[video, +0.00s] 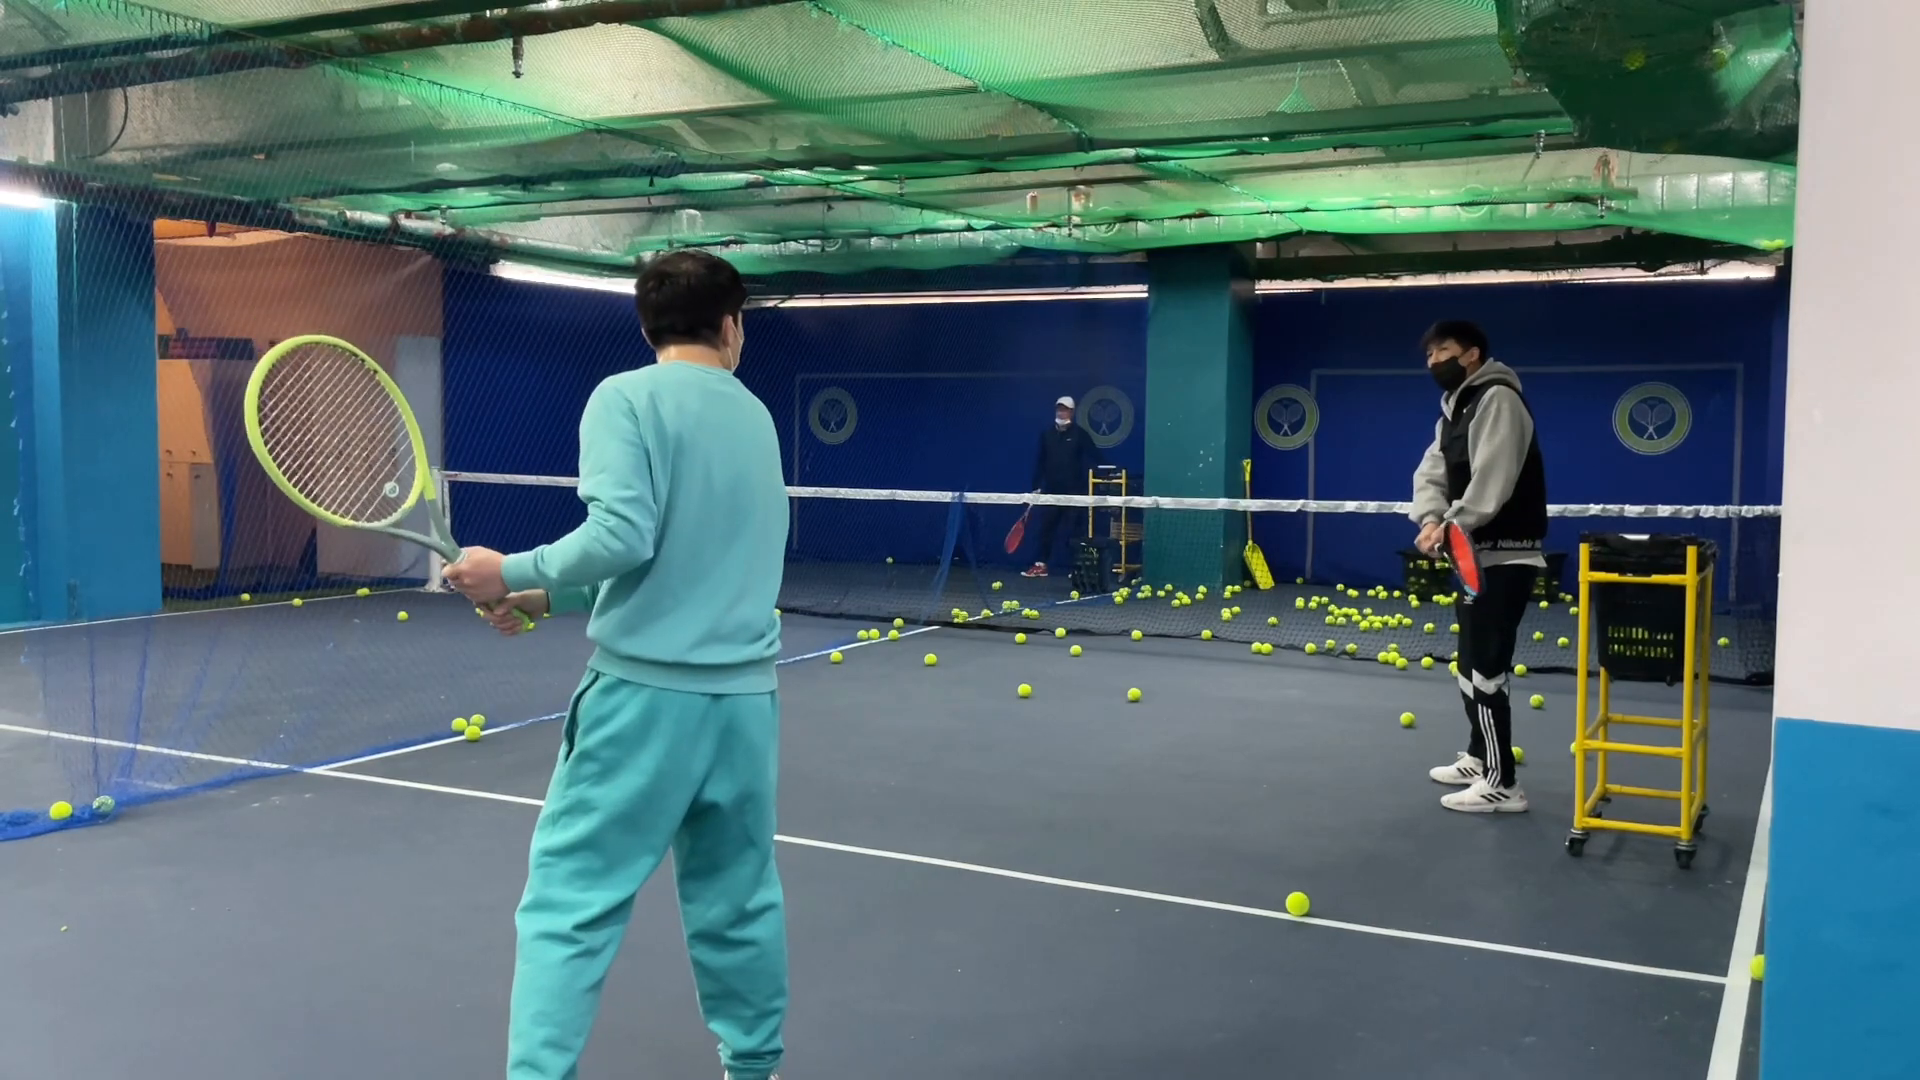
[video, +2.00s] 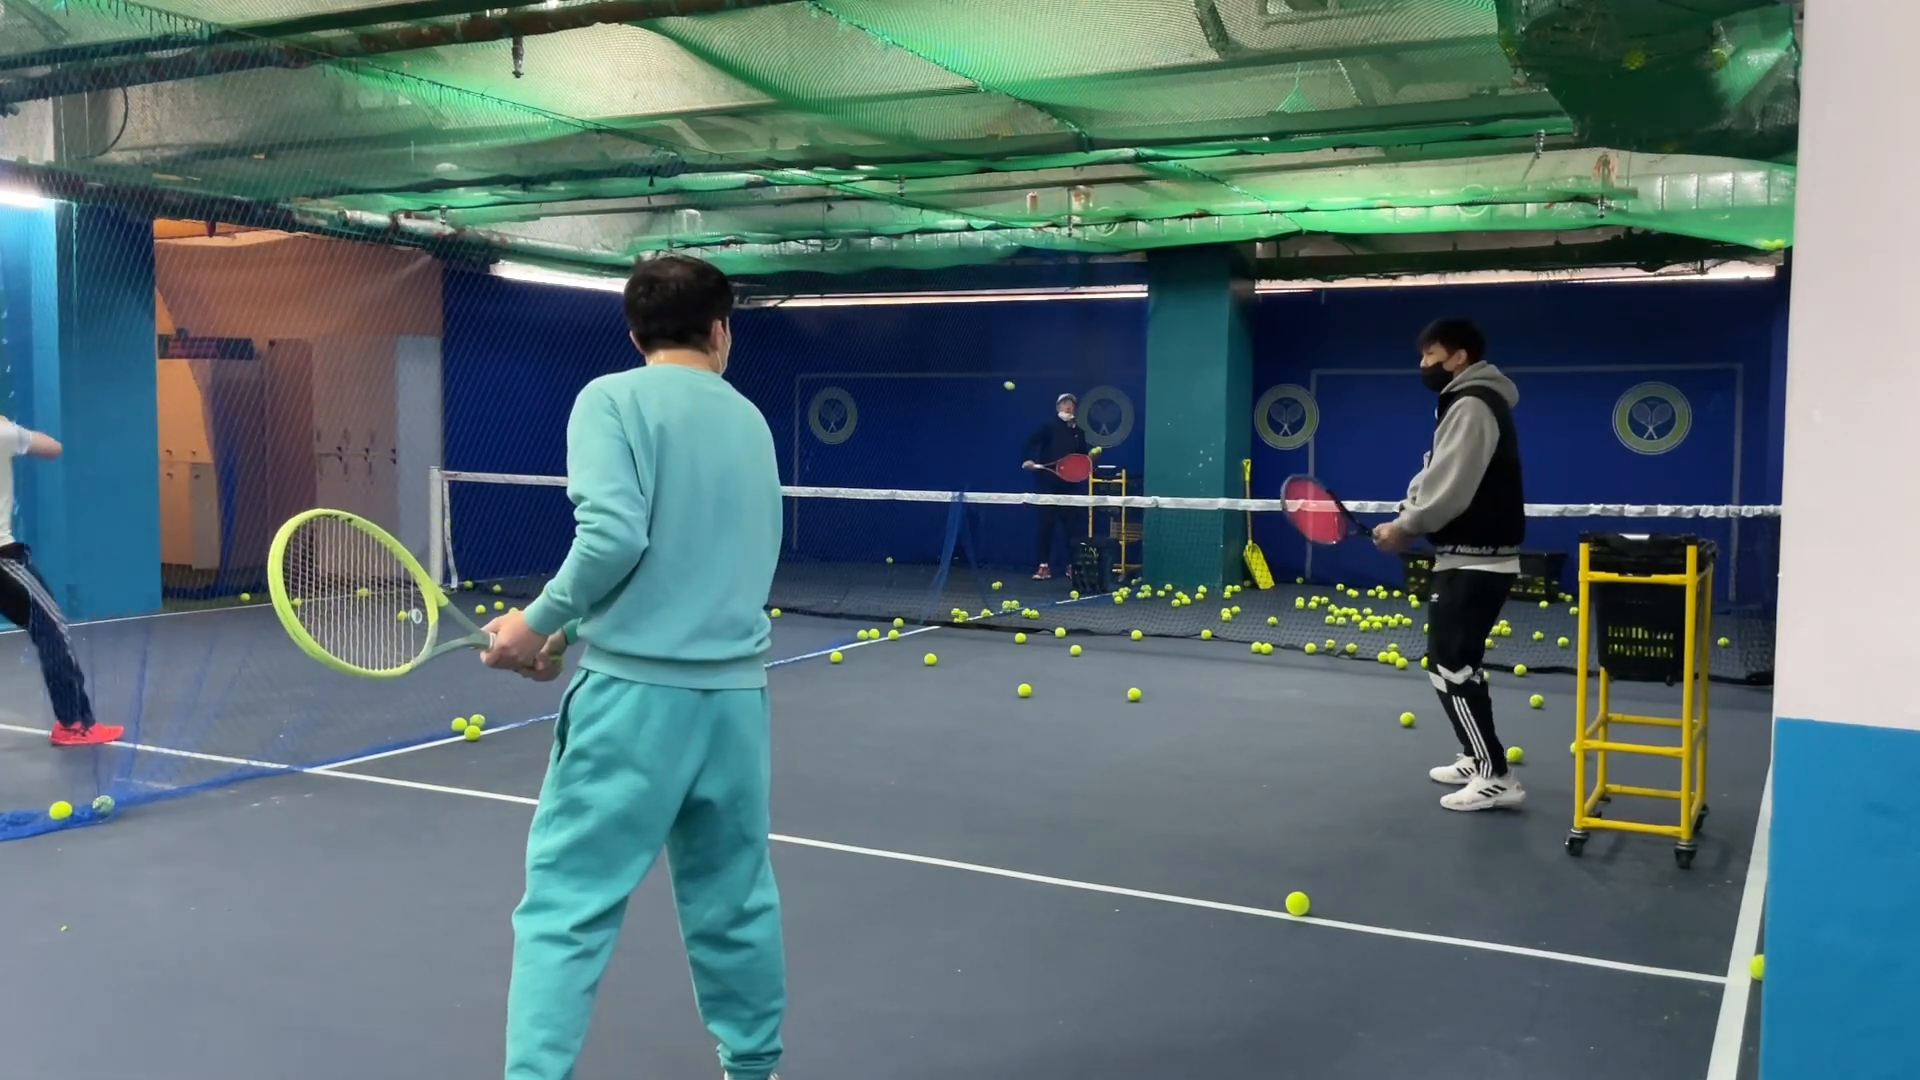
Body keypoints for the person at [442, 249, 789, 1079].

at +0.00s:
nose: (744, 333)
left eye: (743, 320)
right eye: (742, 320)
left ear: (648, 326)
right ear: (730, 324)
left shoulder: (624, 397)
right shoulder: (755, 415)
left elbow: (622, 536)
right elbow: (688, 558)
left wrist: (509, 570)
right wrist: (545, 594)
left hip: (641, 702)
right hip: (745, 704)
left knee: (569, 907)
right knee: (739, 898)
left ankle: (538, 1068)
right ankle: (754, 1063)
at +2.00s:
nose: (733, 339)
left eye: (729, 326)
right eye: (732, 327)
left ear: (640, 332)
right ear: (718, 331)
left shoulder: (610, 400)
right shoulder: (751, 422)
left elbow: (616, 533)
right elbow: (721, 563)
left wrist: (535, 621)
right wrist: (574, 631)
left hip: (630, 702)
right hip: (737, 705)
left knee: (567, 911)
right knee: (735, 898)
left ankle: (536, 1069)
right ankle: (754, 1064)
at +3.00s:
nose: (735, 328)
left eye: (732, 315)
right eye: (734, 316)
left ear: (639, 325)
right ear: (721, 322)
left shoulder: (592, 409)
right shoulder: (766, 425)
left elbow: (555, 555)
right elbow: (769, 548)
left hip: (615, 704)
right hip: (731, 707)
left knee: (570, 909)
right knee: (734, 900)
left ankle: (540, 1069)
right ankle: (750, 1064)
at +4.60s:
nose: (732, 330)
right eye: (731, 319)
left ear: (634, 324)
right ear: (723, 323)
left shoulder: (605, 400)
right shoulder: (754, 426)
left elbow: (533, 535)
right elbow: (657, 563)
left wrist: (469, 513)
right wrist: (521, 556)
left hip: (617, 708)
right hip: (726, 710)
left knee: (579, 920)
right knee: (732, 905)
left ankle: (554, 1071)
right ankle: (752, 1065)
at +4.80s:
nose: (606, 326)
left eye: (608, 316)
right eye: (713, 320)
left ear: (615, 324)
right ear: (705, 325)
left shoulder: (604, 393)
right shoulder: (722, 419)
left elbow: (530, 506)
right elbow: (593, 533)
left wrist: (431, 471)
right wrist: (465, 524)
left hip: (615, 709)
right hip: (718, 708)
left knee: (582, 927)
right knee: (724, 904)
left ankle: (562, 1071)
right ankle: (753, 1064)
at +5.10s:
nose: (564, 322)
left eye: (564, 311)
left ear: (571, 323)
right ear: (665, 325)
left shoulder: (600, 399)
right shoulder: (674, 413)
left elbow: (592, 519)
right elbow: (571, 536)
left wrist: (456, 483)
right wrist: (453, 525)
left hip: (608, 710)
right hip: (692, 706)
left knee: (572, 932)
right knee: (705, 901)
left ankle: (561, 1070)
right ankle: (748, 1064)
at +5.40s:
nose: (523, 328)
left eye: (523, 316)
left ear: (529, 325)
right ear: (621, 320)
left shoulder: (568, 399)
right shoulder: (641, 411)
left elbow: (588, 535)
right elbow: (553, 570)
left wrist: (445, 519)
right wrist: (441, 559)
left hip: (588, 706)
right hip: (671, 699)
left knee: (549, 938)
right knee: (672, 881)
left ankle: (550, 1070)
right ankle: (736, 1054)